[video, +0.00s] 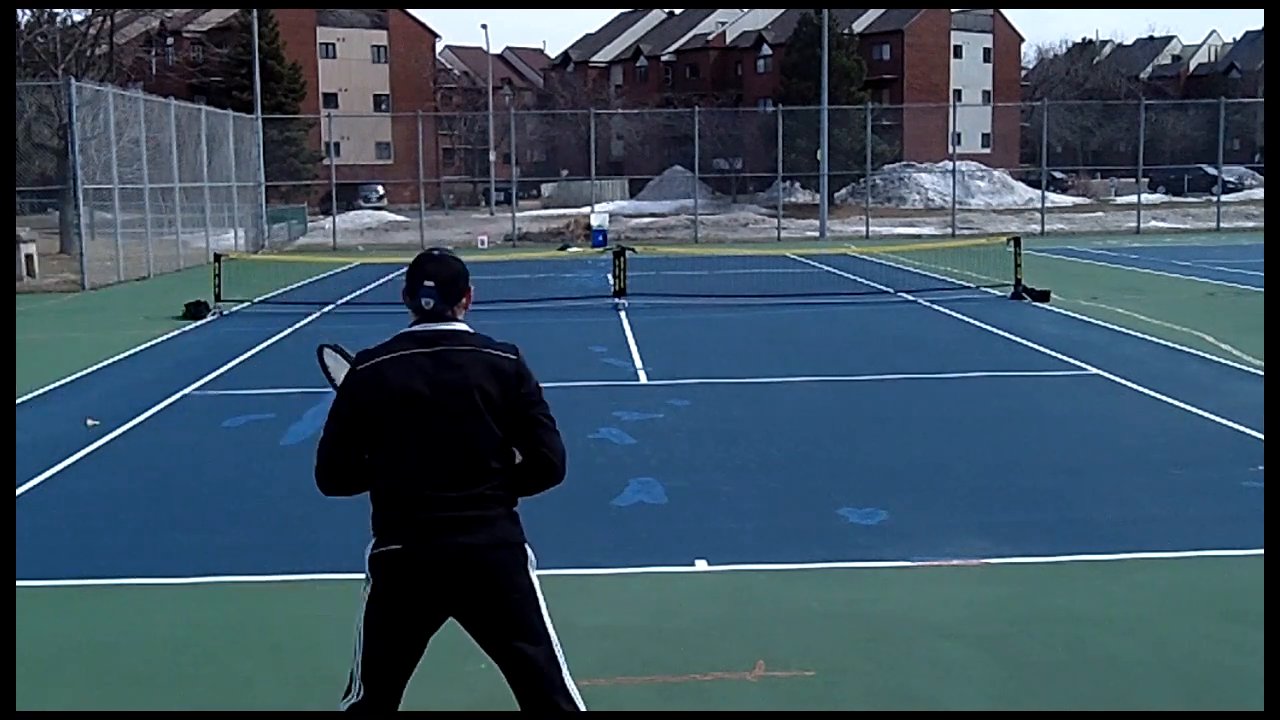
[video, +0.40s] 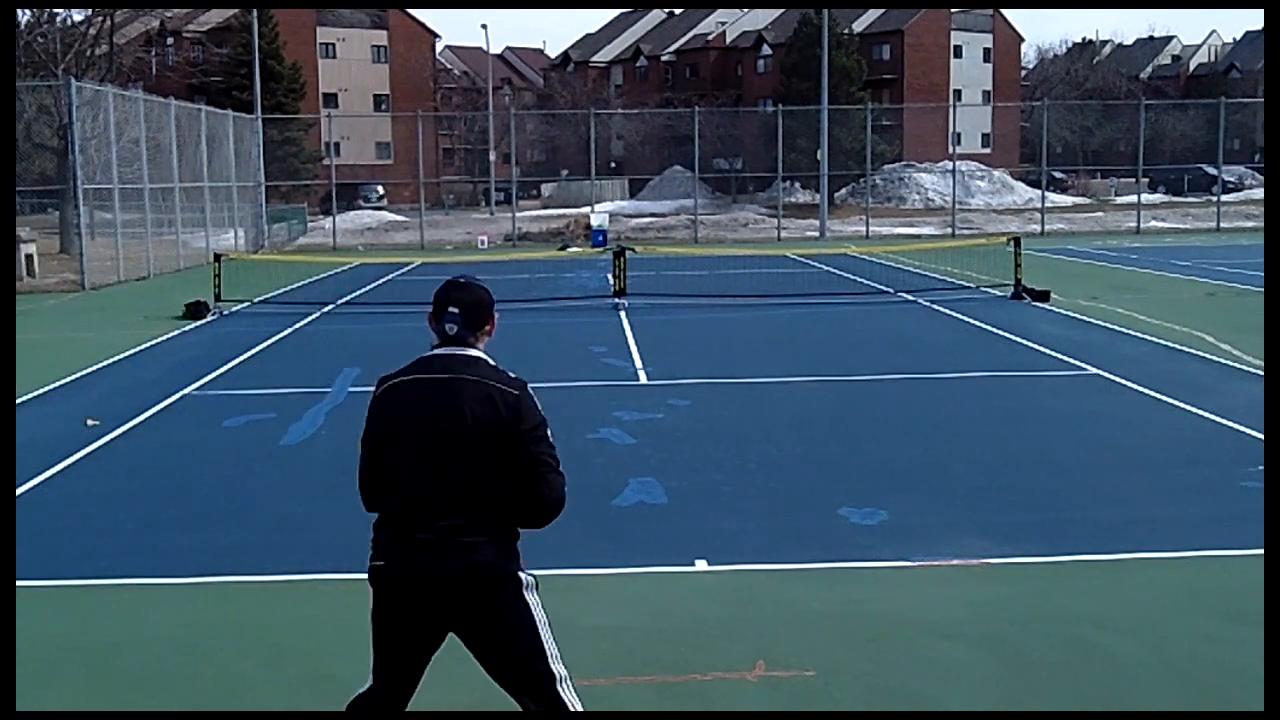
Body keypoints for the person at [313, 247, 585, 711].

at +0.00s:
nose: (470, 298)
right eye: (470, 292)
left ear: (406, 300)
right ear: (467, 299)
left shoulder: (369, 369)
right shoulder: (504, 363)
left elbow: (332, 477)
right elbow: (548, 464)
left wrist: (394, 462)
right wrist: (490, 484)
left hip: (404, 567)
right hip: (494, 563)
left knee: (371, 697)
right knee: (549, 692)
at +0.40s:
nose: (492, 324)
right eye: (492, 320)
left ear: (432, 323)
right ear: (489, 326)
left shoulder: (391, 390)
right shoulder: (510, 393)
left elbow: (372, 494)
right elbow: (546, 500)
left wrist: (428, 485)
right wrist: (490, 501)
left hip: (403, 575)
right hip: (487, 578)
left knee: (385, 693)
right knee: (550, 697)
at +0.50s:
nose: (481, 329)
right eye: (480, 322)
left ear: (421, 325)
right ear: (476, 326)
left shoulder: (380, 382)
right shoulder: (478, 391)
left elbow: (397, 468)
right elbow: (514, 508)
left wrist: (481, 447)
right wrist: (512, 456)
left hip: (367, 568)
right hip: (446, 574)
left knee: (365, 695)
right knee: (518, 700)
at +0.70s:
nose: (470, 322)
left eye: (466, 314)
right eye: (469, 315)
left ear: (412, 313)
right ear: (463, 321)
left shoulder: (385, 362)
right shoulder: (430, 378)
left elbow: (443, 451)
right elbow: (459, 493)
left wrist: (515, 413)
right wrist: (527, 460)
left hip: (322, 545)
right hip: (376, 555)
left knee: (348, 688)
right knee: (441, 687)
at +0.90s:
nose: (463, 341)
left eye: (460, 331)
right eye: (464, 332)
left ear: (410, 325)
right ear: (456, 339)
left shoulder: (420, 378)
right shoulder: (393, 377)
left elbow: (491, 439)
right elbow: (394, 467)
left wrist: (528, 401)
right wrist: (474, 421)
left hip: (343, 550)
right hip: (326, 553)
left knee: (338, 682)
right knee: (396, 691)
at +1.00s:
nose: (457, 355)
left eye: (458, 345)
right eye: (457, 344)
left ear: (412, 335)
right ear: (447, 344)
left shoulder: (419, 390)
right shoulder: (378, 379)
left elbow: (492, 441)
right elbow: (342, 454)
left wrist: (536, 414)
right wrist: (413, 413)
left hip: (334, 553)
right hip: (313, 553)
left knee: (316, 687)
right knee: (391, 686)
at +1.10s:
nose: (456, 357)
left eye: (457, 348)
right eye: (456, 349)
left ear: (408, 339)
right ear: (448, 354)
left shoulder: (426, 404)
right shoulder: (367, 383)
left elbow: (484, 448)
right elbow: (317, 440)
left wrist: (545, 437)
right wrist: (360, 413)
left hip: (327, 553)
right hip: (301, 551)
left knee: (321, 681)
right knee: (382, 684)